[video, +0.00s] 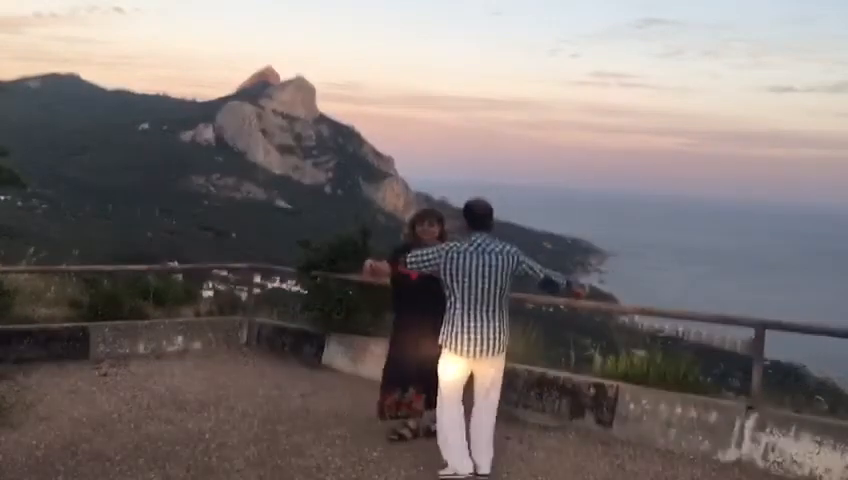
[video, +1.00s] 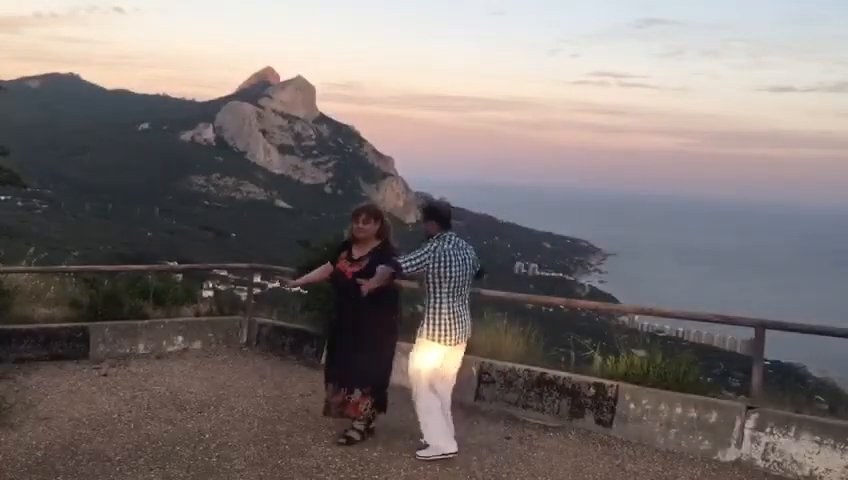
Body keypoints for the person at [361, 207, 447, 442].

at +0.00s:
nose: (428, 229)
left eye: (432, 224)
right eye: (423, 225)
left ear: (441, 229)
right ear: (414, 228)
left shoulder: (446, 254)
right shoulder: (403, 253)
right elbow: (390, 267)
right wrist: (377, 268)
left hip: (436, 318)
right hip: (407, 317)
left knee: (431, 367)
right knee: (405, 364)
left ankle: (428, 417)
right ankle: (407, 418)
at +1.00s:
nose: (360, 226)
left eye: (366, 222)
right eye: (357, 222)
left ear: (378, 227)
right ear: (352, 225)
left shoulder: (385, 253)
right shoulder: (345, 252)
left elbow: (384, 274)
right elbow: (325, 270)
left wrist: (371, 284)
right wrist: (297, 282)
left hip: (375, 324)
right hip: (347, 320)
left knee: (368, 370)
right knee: (348, 367)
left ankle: (360, 423)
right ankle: (364, 416)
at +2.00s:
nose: (291, 224)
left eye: (294, 220)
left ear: (298, 224)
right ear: (331, 227)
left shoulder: (289, 251)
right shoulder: (336, 257)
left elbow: (256, 269)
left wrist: (221, 273)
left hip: (294, 325)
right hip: (330, 327)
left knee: (288, 379)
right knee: (325, 375)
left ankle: (290, 440)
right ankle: (327, 426)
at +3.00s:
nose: (293, 228)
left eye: (292, 222)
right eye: (291, 223)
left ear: (258, 222)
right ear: (285, 224)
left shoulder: (244, 252)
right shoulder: (286, 255)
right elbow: (310, 295)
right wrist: (341, 304)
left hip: (237, 333)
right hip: (273, 336)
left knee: (239, 390)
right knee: (285, 387)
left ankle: (232, 454)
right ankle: (280, 448)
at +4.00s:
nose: (302, 236)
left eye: (304, 231)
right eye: (302, 230)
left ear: (274, 224)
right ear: (292, 230)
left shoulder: (260, 255)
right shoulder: (278, 260)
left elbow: (262, 302)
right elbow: (287, 305)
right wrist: (322, 330)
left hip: (248, 338)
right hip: (263, 344)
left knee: (263, 398)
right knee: (270, 402)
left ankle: (258, 457)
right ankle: (243, 458)